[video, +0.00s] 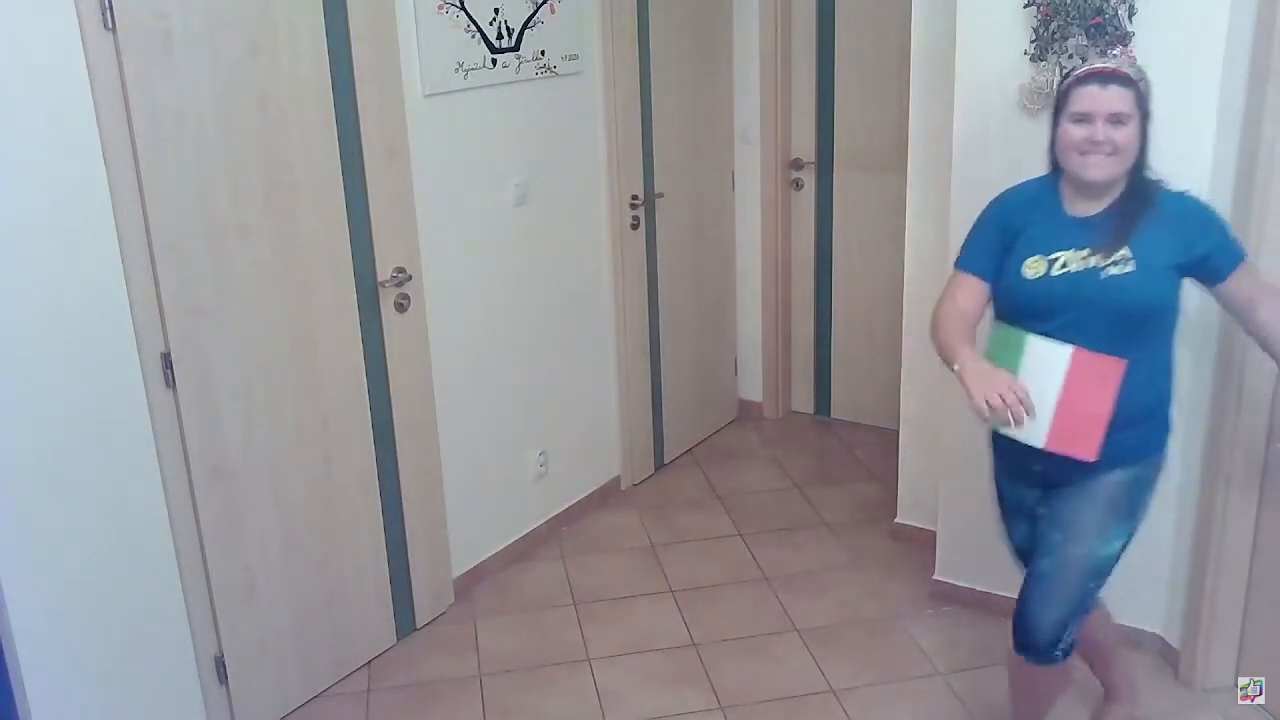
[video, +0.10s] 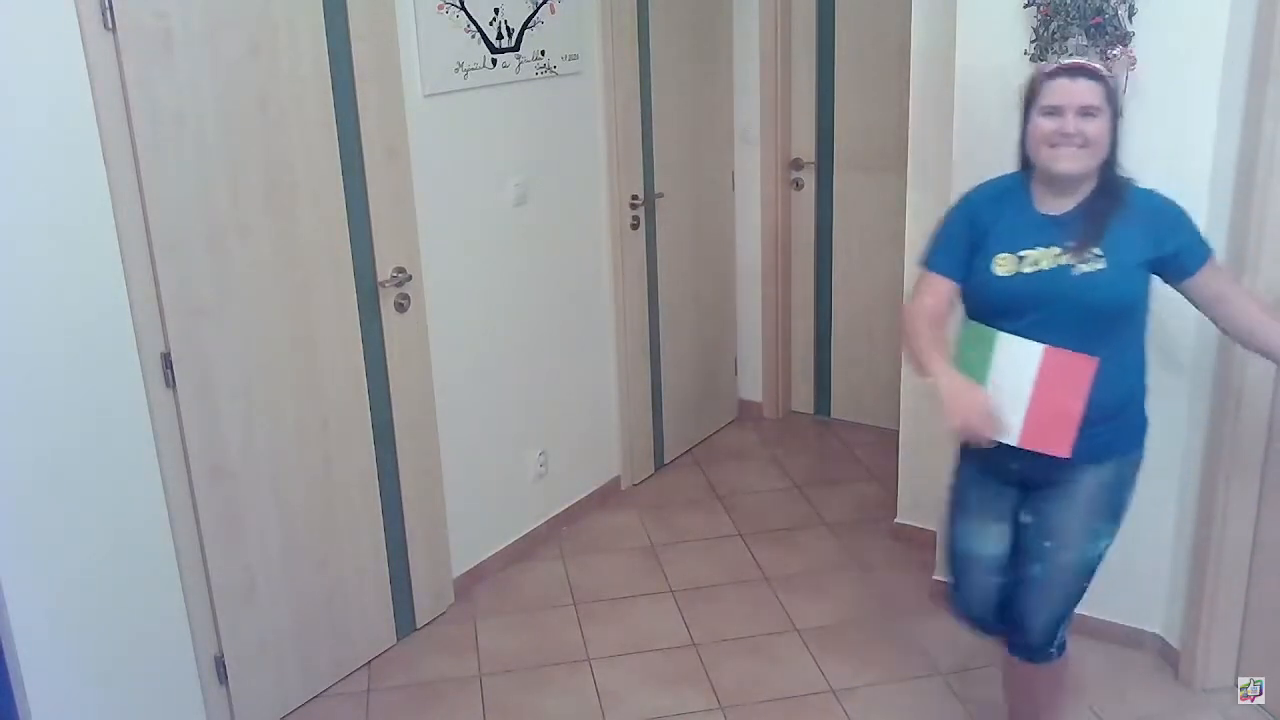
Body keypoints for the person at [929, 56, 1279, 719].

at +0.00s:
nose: (1098, 134)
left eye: (1118, 119)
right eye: (1081, 118)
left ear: (1141, 133)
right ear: (1055, 129)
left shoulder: (1180, 221)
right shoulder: (1014, 211)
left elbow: (1263, 310)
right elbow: (954, 315)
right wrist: (969, 365)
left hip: (1117, 458)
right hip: (1020, 447)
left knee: (1039, 627)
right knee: (1062, 589)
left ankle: (1026, 714)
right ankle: (1123, 693)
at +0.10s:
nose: (1068, 127)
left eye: (1087, 114)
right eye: (1052, 113)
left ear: (1112, 129)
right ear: (1027, 126)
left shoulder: (1148, 218)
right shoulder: (982, 211)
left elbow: (1236, 306)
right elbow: (922, 318)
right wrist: (950, 383)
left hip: (1094, 455)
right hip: (991, 445)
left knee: (1033, 629)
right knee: (977, 605)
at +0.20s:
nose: (1034, 120)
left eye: (1053, 108)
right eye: (1017, 106)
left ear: (1077, 124)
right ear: (993, 120)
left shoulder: (1115, 213)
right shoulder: (946, 209)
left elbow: (1215, 288)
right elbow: (875, 312)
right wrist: (882, 393)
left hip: (1068, 457)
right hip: (960, 449)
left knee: (1022, 624)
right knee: (917, 600)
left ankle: (1017, 717)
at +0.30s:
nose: (996, 131)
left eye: (1015, 118)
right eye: (979, 117)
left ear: (1039, 135)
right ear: (954, 132)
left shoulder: (1075, 223)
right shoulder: (908, 219)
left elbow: (1178, 281)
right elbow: (834, 306)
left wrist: (1260, 299)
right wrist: (805, 396)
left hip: (1037, 465)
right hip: (927, 459)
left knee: (1007, 636)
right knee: (874, 625)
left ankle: (1016, 718)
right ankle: (853, 713)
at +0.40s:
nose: (969, 144)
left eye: (987, 131)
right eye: (953, 130)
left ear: (1012, 147)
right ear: (927, 144)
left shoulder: (1047, 234)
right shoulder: (883, 229)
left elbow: (1149, 294)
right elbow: (798, 319)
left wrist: (1226, 293)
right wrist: (758, 404)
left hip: (1010, 471)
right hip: (901, 468)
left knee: (998, 642)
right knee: (859, 639)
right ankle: (834, 715)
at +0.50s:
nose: (928, 140)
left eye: (945, 127)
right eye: (911, 126)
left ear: (969, 141)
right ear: (885, 139)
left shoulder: (997, 233)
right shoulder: (838, 224)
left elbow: (1086, 309)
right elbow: (758, 315)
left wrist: (1143, 288)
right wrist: (690, 397)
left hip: (963, 458)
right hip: (856, 457)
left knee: (973, 615)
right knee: (845, 629)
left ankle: (998, 715)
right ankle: (831, 717)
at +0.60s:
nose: (886, 121)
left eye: (904, 106)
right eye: (868, 106)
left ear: (928, 121)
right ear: (843, 121)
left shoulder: (959, 207)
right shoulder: (797, 205)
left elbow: (1030, 306)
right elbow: (713, 292)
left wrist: (1065, 267)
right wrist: (630, 368)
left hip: (927, 440)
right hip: (825, 443)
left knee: (925, 593)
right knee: (832, 607)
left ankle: (908, 703)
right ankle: (830, 713)